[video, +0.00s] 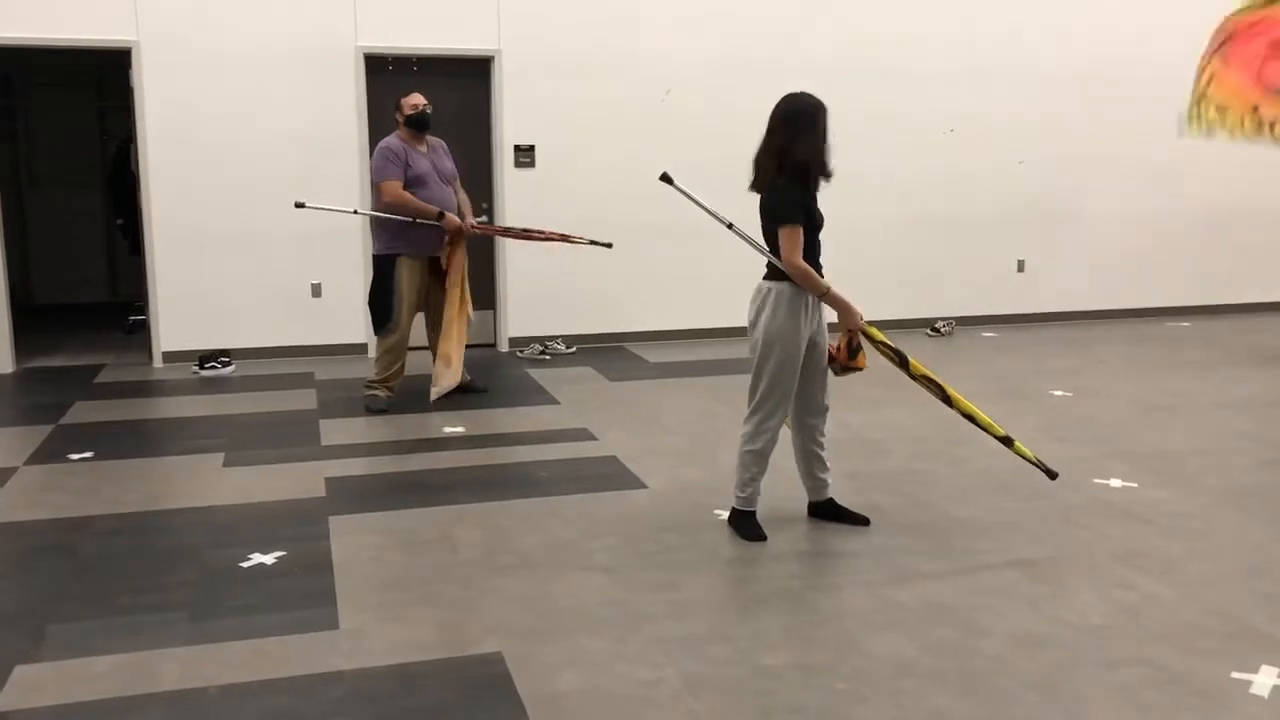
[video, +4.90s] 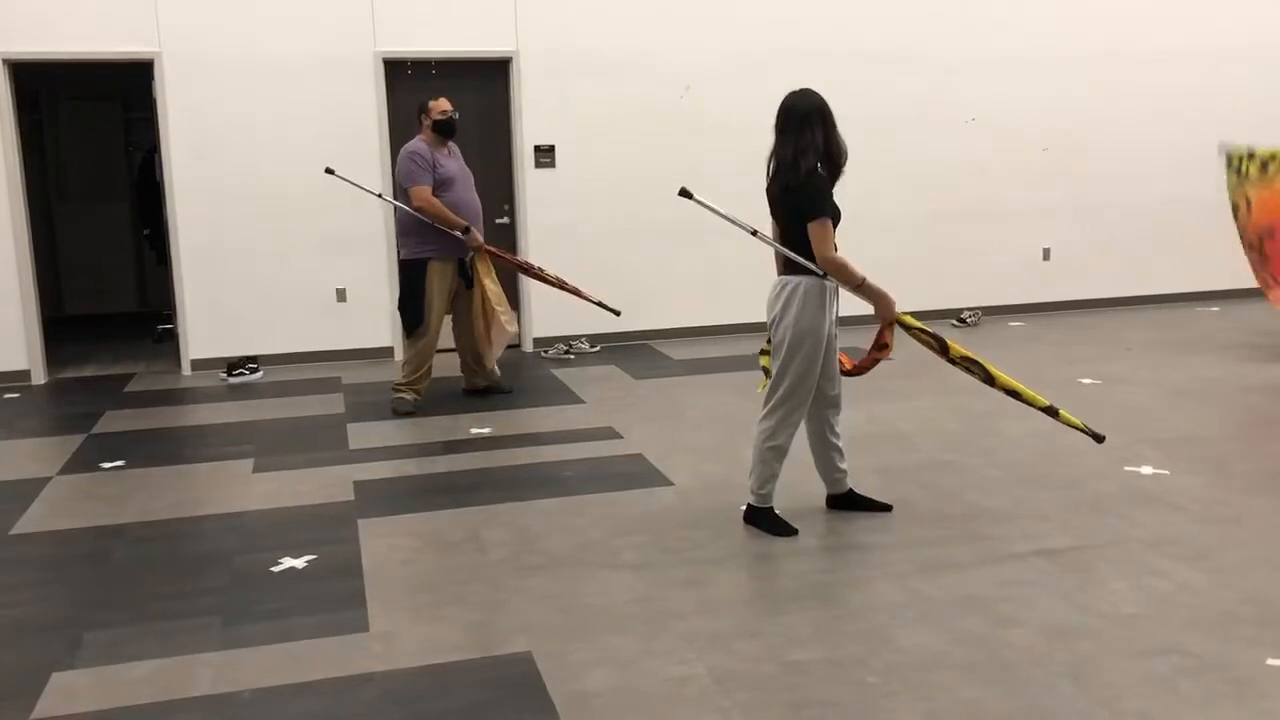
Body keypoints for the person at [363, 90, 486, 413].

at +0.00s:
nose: (422, 111)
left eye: (426, 107)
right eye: (414, 108)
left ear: (431, 113)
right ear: (400, 116)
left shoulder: (439, 147)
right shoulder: (389, 148)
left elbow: (457, 190)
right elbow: (390, 197)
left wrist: (468, 216)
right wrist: (440, 215)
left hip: (442, 249)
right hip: (402, 252)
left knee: (447, 317)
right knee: (396, 325)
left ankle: (452, 378)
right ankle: (379, 389)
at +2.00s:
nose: (449, 131)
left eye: (452, 126)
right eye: (442, 126)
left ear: (457, 130)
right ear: (427, 132)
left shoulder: (460, 162)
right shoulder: (417, 163)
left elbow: (478, 206)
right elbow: (424, 210)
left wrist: (487, 233)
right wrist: (471, 234)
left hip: (463, 263)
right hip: (425, 266)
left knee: (467, 333)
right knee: (420, 338)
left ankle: (471, 392)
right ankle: (401, 402)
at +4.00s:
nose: (457, 125)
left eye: (461, 120)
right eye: (451, 120)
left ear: (465, 124)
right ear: (435, 125)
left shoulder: (459, 155)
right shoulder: (424, 156)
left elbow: (467, 202)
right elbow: (428, 205)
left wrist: (482, 241)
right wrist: (471, 232)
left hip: (468, 256)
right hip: (432, 259)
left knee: (474, 325)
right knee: (427, 333)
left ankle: (480, 383)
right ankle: (410, 395)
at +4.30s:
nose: (458, 123)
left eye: (460, 118)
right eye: (451, 118)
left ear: (463, 123)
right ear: (434, 123)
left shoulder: (453, 154)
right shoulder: (422, 155)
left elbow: (458, 196)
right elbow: (429, 203)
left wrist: (483, 197)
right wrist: (472, 230)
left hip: (465, 254)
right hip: (431, 258)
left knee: (472, 322)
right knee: (427, 331)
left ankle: (479, 382)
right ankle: (409, 394)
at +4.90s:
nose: (450, 118)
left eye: (453, 113)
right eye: (443, 114)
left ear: (455, 119)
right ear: (425, 121)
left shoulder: (451, 148)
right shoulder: (414, 152)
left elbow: (460, 197)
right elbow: (421, 201)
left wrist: (476, 238)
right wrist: (465, 228)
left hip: (464, 251)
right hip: (428, 256)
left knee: (473, 319)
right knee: (424, 328)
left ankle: (479, 379)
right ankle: (407, 392)